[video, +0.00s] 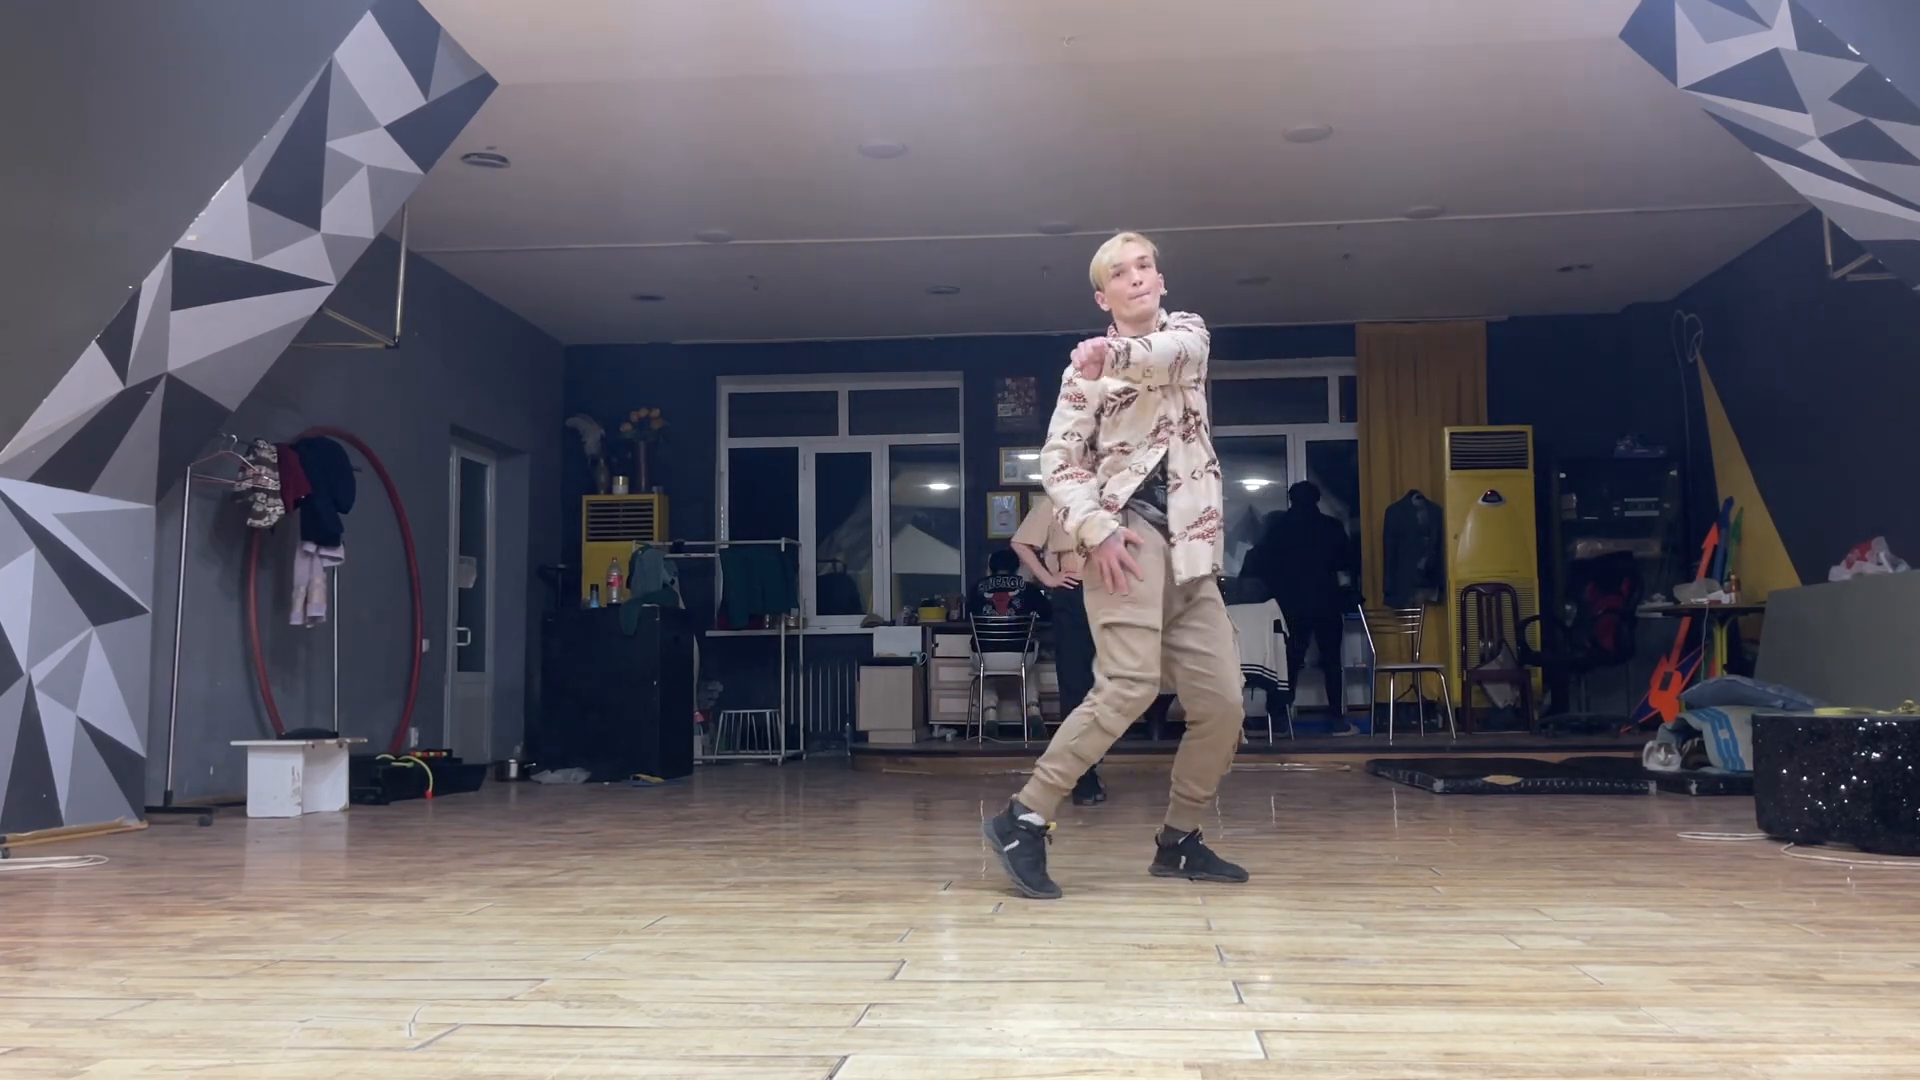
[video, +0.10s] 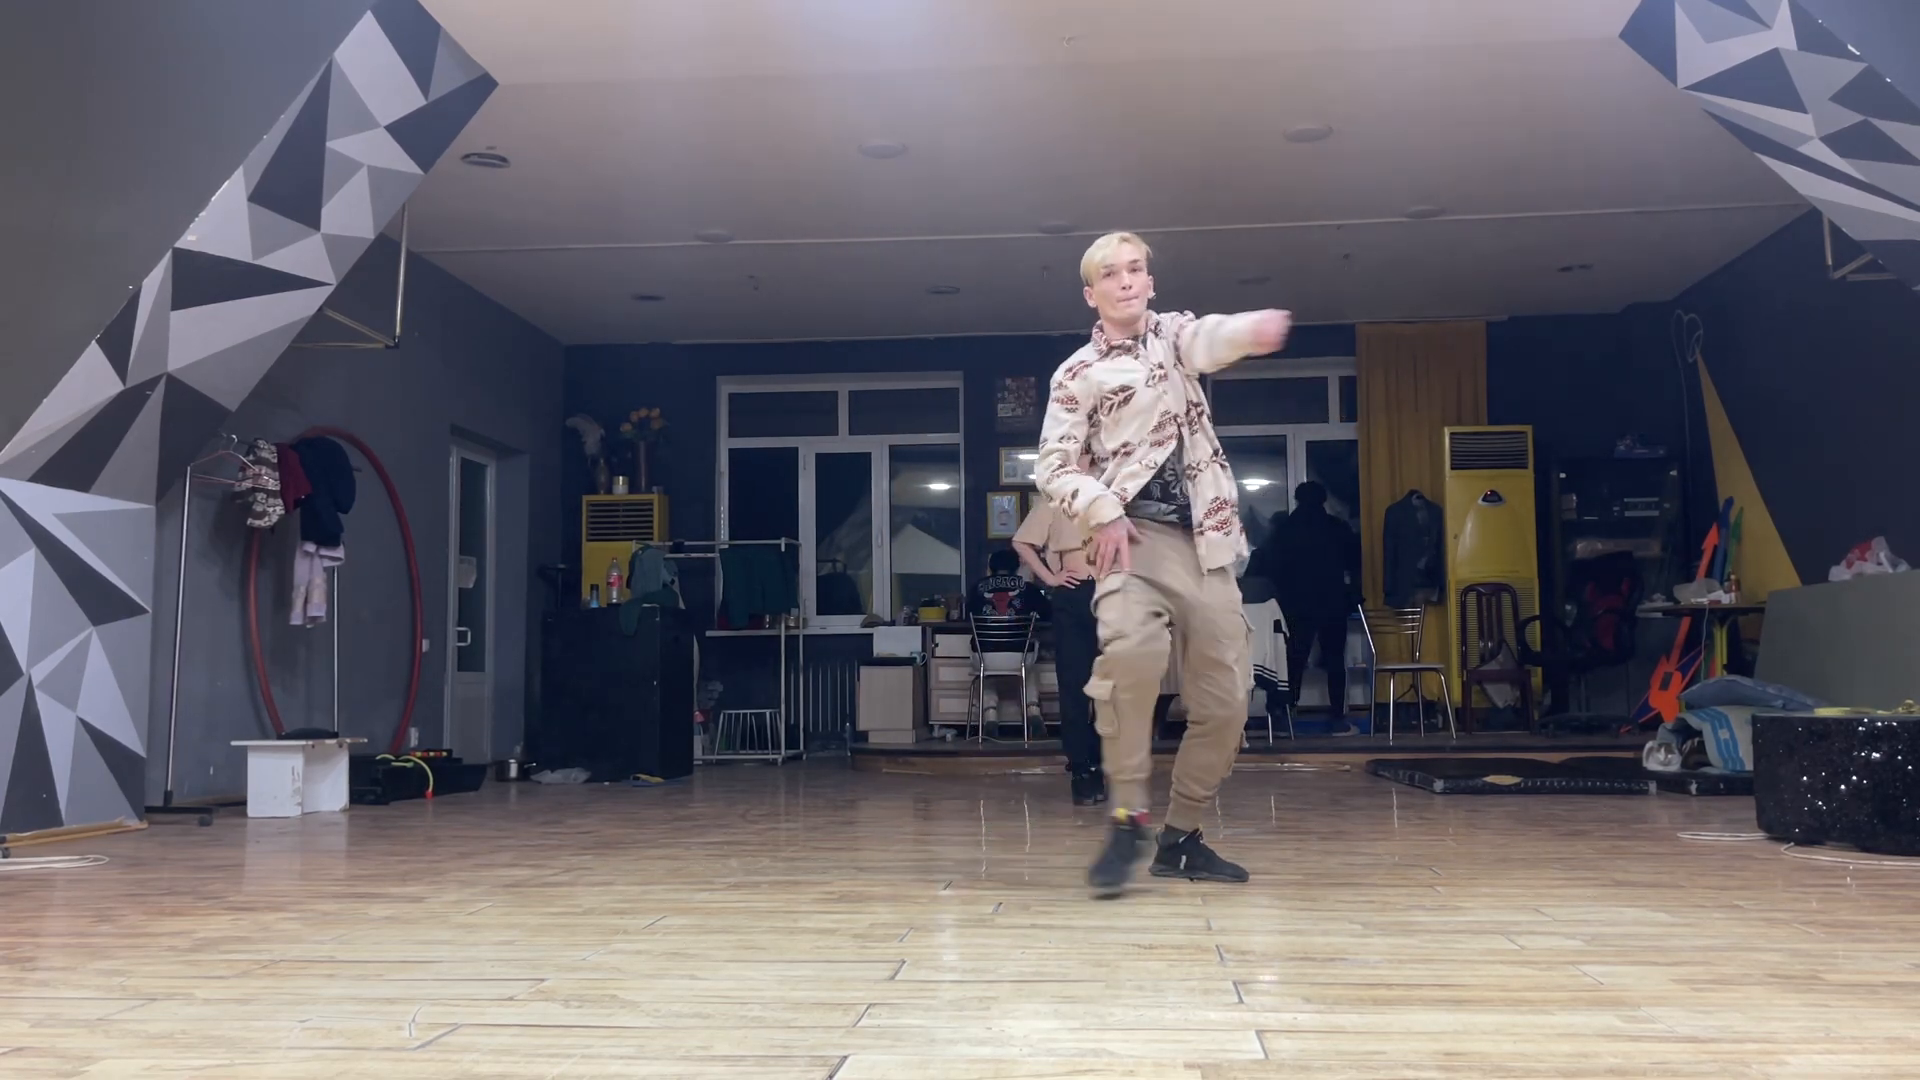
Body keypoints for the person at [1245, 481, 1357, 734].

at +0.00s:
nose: (1307, 503)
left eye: (1299, 498)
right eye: (1310, 498)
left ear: (1291, 500)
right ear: (1316, 500)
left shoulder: (1277, 525)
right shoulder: (1331, 525)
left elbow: (1260, 561)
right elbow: (1346, 561)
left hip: (1289, 603)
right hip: (1325, 602)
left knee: (1289, 660)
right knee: (1331, 662)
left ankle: (1278, 718)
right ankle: (1336, 720)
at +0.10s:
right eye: (1318, 498)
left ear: (1297, 500)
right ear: (1323, 501)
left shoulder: (1285, 528)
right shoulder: (1337, 526)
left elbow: (1271, 565)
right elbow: (1356, 562)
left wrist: (1280, 596)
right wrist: (1357, 594)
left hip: (1296, 603)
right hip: (1332, 602)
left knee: (1294, 659)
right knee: (1334, 661)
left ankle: (1284, 717)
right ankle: (1337, 719)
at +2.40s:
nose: (1302, 502)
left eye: (1302, 498)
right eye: (1303, 499)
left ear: (1305, 499)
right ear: (1328, 500)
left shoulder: (1291, 529)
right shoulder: (1346, 529)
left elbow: (1271, 566)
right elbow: (1360, 567)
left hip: (1300, 604)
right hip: (1334, 604)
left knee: (1302, 662)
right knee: (1334, 661)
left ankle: (1300, 717)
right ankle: (1337, 718)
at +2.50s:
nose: (1302, 502)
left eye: (1302, 498)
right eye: (1303, 499)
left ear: (1305, 500)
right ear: (1328, 500)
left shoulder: (1291, 530)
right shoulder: (1346, 529)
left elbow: (1270, 567)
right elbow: (1360, 567)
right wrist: (1337, 564)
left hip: (1301, 604)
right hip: (1335, 604)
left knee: (1302, 661)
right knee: (1335, 661)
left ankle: (1300, 717)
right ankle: (1338, 718)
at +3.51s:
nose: (1299, 502)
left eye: (1300, 498)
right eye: (1300, 498)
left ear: (1302, 499)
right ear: (1327, 499)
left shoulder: (1286, 529)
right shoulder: (1345, 530)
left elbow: (1252, 568)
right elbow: (1358, 568)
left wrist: (1271, 527)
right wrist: (1352, 597)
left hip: (1297, 605)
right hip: (1333, 604)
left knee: (1301, 661)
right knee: (1333, 661)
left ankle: (1300, 719)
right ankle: (1337, 719)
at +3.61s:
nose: (1299, 502)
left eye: (1299, 498)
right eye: (1301, 498)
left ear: (1302, 500)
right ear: (1326, 500)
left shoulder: (1285, 528)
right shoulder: (1344, 529)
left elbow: (1251, 567)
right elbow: (1358, 568)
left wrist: (1270, 527)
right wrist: (1354, 598)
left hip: (1296, 605)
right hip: (1333, 604)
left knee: (1300, 661)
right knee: (1333, 661)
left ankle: (1299, 717)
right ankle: (1337, 719)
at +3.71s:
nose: (1298, 502)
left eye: (1299, 498)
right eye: (1300, 498)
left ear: (1302, 500)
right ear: (1327, 500)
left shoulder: (1285, 528)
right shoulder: (1345, 529)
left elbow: (1250, 567)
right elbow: (1358, 568)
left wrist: (1270, 527)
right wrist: (1355, 598)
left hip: (1297, 604)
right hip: (1333, 603)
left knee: (1300, 660)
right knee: (1333, 661)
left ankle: (1299, 717)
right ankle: (1337, 719)